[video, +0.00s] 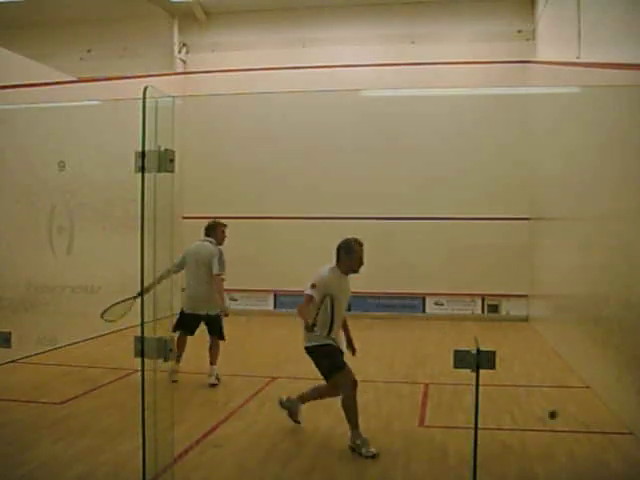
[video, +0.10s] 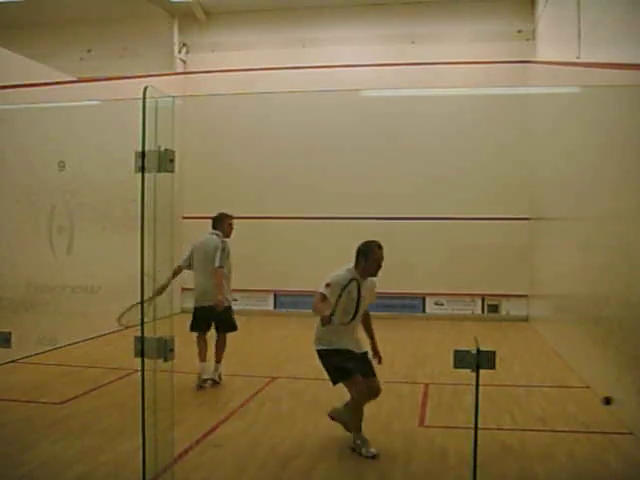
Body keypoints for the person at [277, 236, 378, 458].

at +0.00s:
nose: (362, 263)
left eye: (362, 258)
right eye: (359, 258)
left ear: (348, 258)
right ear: (344, 257)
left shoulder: (343, 280)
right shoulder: (324, 279)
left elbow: (340, 313)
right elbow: (304, 310)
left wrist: (349, 338)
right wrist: (307, 314)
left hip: (331, 341)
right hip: (317, 343)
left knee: (335, 388)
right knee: (349, 383)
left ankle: (294, 402)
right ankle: (356, 438)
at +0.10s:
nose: (381, 265)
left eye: (381, 261)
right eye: (377, 261)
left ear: (370, 261)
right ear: (362, 260)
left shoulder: (370, 284)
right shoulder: (340, 279)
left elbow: (364, 313)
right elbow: (318, 302)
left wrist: (373, 345)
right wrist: (325, 312)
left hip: (351, 341)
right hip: (329, 343)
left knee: (373, 389)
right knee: (358, 388)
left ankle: (344, 413)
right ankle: (358, 438)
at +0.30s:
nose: (415, 272)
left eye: (416, 267)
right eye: (411, 266)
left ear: (414, 267)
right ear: (398, 265)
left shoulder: (408, 294)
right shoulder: (369, 281)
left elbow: (416, 327)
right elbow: (336, 289)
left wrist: (428, 360)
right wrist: (349, 293)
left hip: (382, 353)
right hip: (354, 352)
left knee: (411, 396)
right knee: (372, 403)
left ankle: (427, 454)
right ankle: (358, 430)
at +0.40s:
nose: (425, 277)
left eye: (427, 272)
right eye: (422, 272)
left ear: (424, 274)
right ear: (407, 270)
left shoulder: (422, 304)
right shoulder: (380, 286)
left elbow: (438, 333)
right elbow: (344, 285)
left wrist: (452, 365)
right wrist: (356, 286)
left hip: (395, 358)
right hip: (365, 355)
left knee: (429, 398)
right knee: (374, 400)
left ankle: (431, 456)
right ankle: (364, 446)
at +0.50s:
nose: (431, 275)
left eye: (432, 270)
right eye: (428, 270)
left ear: (426, 272)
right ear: (412, 269)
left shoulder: (424, 301)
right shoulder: (383, 281)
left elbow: (446, 326)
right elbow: (345, 275)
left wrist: (461, 356)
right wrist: (360, 275)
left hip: (392, 355)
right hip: (362, 350)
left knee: (424, 399)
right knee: (375, 400)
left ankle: (430, 457)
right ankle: (364, 463)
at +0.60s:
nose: (434, 285)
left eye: (435, 280)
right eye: (432, 279)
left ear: (421, 279)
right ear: (415, 277)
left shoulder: (422, 305)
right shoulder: (383, 284)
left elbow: (440, 327)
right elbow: (345, 287)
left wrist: (449, 351)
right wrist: (360, 276)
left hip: (382, 355)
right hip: (356, 352)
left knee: (420, 399)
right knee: (374, 409)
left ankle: (417, 459)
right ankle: (356, 469)